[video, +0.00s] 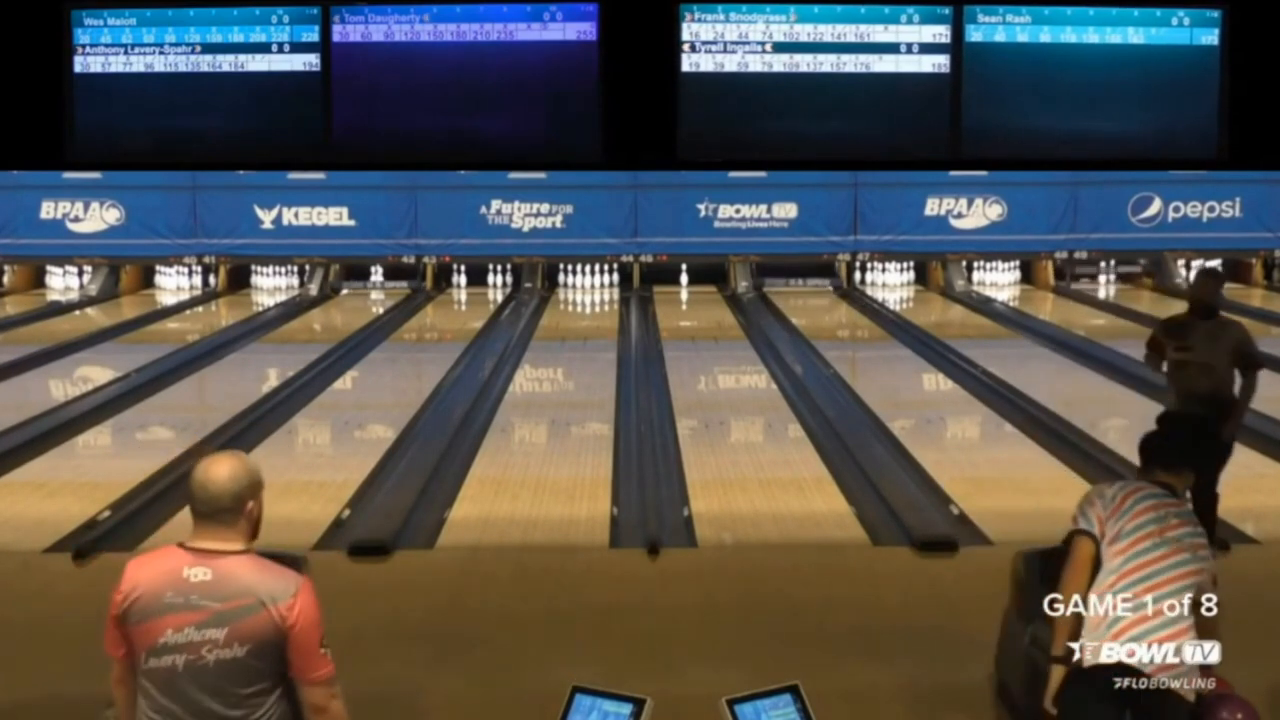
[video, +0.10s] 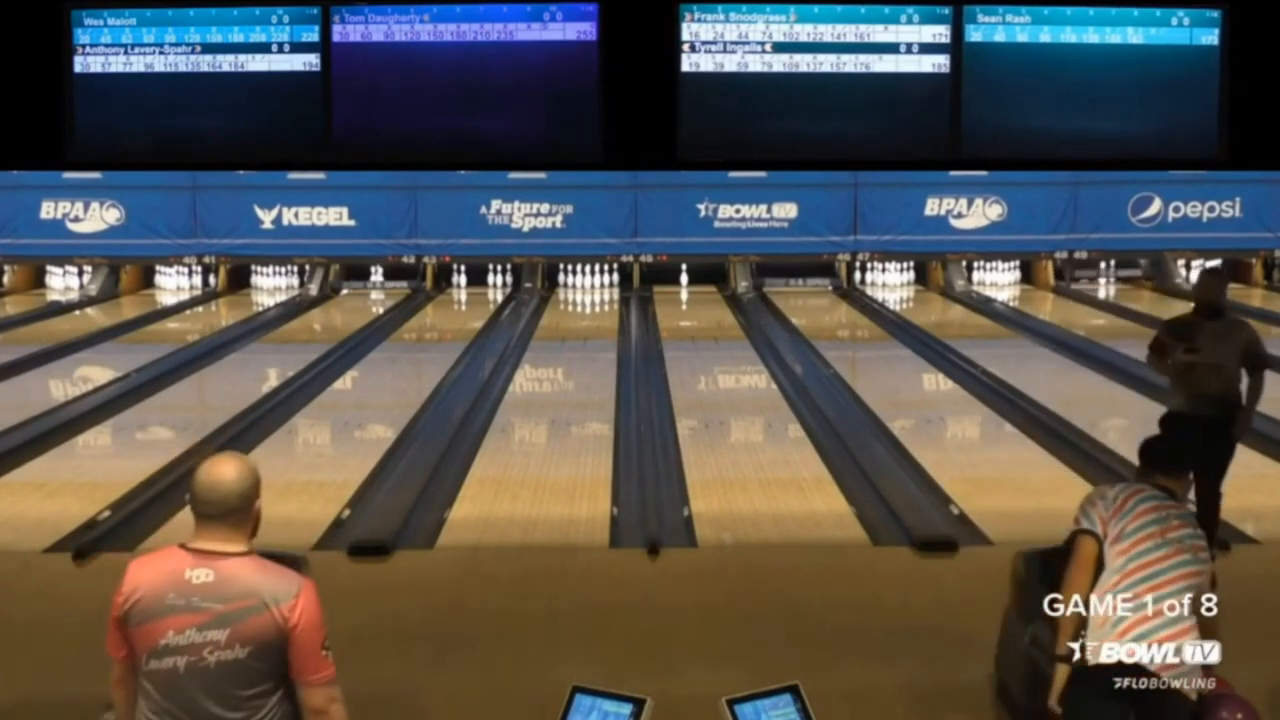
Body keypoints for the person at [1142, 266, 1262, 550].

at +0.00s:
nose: (1204, 296)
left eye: (1212, 290)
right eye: (1200, 288)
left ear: (1220, 294)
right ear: (1191, 291)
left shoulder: (1234, 332)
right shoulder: (1172, 327)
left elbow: (1249, 376)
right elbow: (1152, 360)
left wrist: (1236, 418)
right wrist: (1169, 376)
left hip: (1217, 419)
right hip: (1179, 416)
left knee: (1204, 484)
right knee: (1168, 477)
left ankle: (1206, 538)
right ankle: (1163, 531)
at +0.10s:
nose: (1209, 296)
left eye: (1216, 289)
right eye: (1204, 288)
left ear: (1225, 292)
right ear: (1196, 291)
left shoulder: (1240, 332)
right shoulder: (1177, 327)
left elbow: (1257, 373)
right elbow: (1154, 358)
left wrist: (1247, 413)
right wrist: (1174, 368)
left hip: (1221, 421)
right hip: (1181, 418)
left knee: (1208, 487)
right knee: (1171, 480)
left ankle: (1206, 544)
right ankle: (1162, 534)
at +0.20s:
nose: (1218, 296)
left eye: (1224, 289)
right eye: (1213, 289)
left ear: (1232, 293)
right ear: (1202, 292)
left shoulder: (1249, 333)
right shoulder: (1182, 330)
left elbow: (1263, 375)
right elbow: (1159, 365)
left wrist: (1255, 413)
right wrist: (1180, 372)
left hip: (1228, 422)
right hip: (1188, 419)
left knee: (1213, 485)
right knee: (1182, 480)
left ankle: (1206, 537)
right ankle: (1176, 533)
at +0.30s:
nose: (1217, 295)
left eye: (1223, 289)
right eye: (1212, 288)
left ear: (1232, 293)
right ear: (1202, 292)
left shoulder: (1249, 333)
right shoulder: (1182, 330)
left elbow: (1263, 376)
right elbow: (1159, 366)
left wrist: (1255, 414)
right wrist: (1180, 372)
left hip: (1228, 422)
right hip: (1188, 419)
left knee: (1213, 485)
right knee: (1182, 480)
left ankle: (1206, 537)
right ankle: (1176, 533)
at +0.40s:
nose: (1222, 298)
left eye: (1227, 291)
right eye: (1216, 290)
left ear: (1235, 295)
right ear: (1206, 294)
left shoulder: (1253, 335)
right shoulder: (1186, 333)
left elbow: (1265, 382)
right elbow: (1160, 371)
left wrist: (1258, 421)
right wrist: (1183, 383)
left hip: (1231, 426)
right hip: (1192, 423)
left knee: (1216, 489)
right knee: (1188, 484)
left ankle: (1206, 536)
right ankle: (1182, 534)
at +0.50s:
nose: (1226, 297)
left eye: (1231, 291)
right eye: (1220, 290)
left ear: (1239, 294)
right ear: (1209, 294)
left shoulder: (1256, 339)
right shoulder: (1189, 336)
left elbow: (1268, 383)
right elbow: (1162, 374)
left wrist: (1264, 425)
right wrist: (1187, 392)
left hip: (1238, 430)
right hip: (1198, 429)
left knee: (1221, 498)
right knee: (1205, 499)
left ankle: (1209, 550)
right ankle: (1209, 565)